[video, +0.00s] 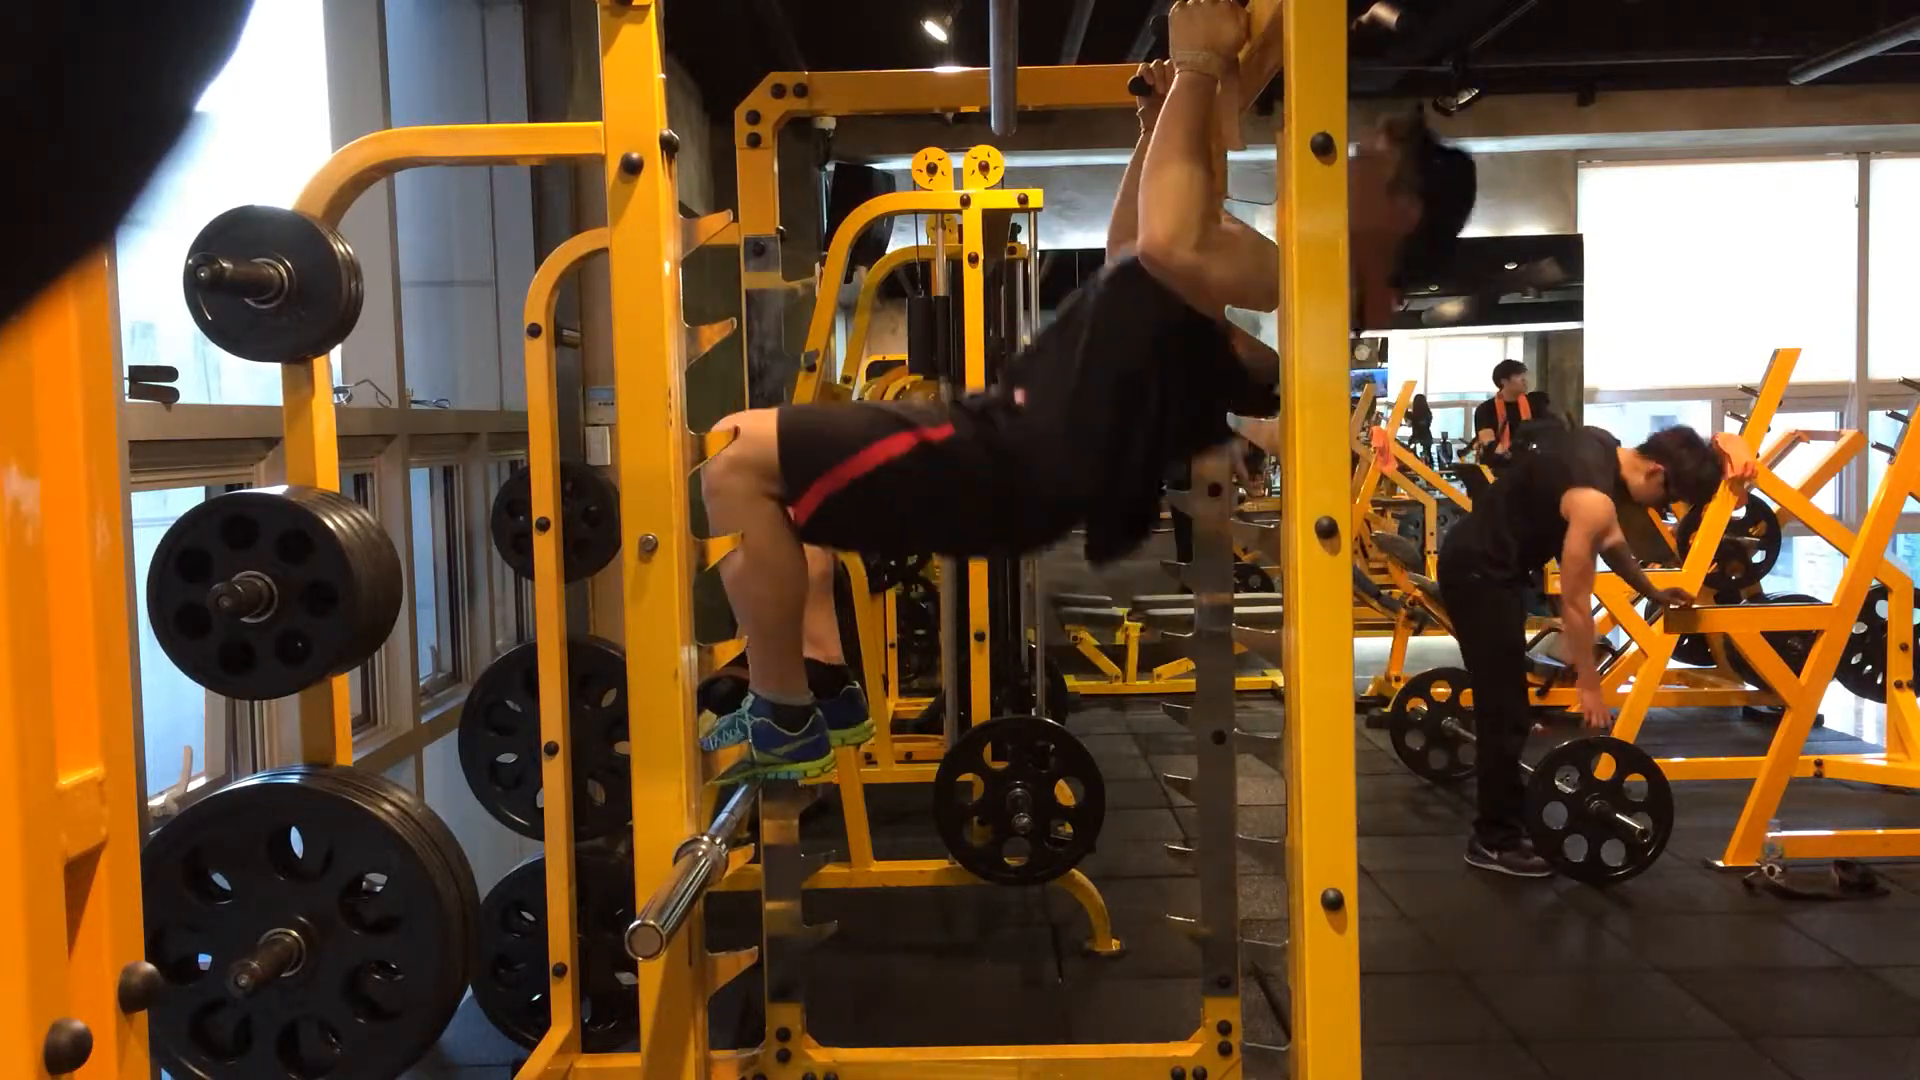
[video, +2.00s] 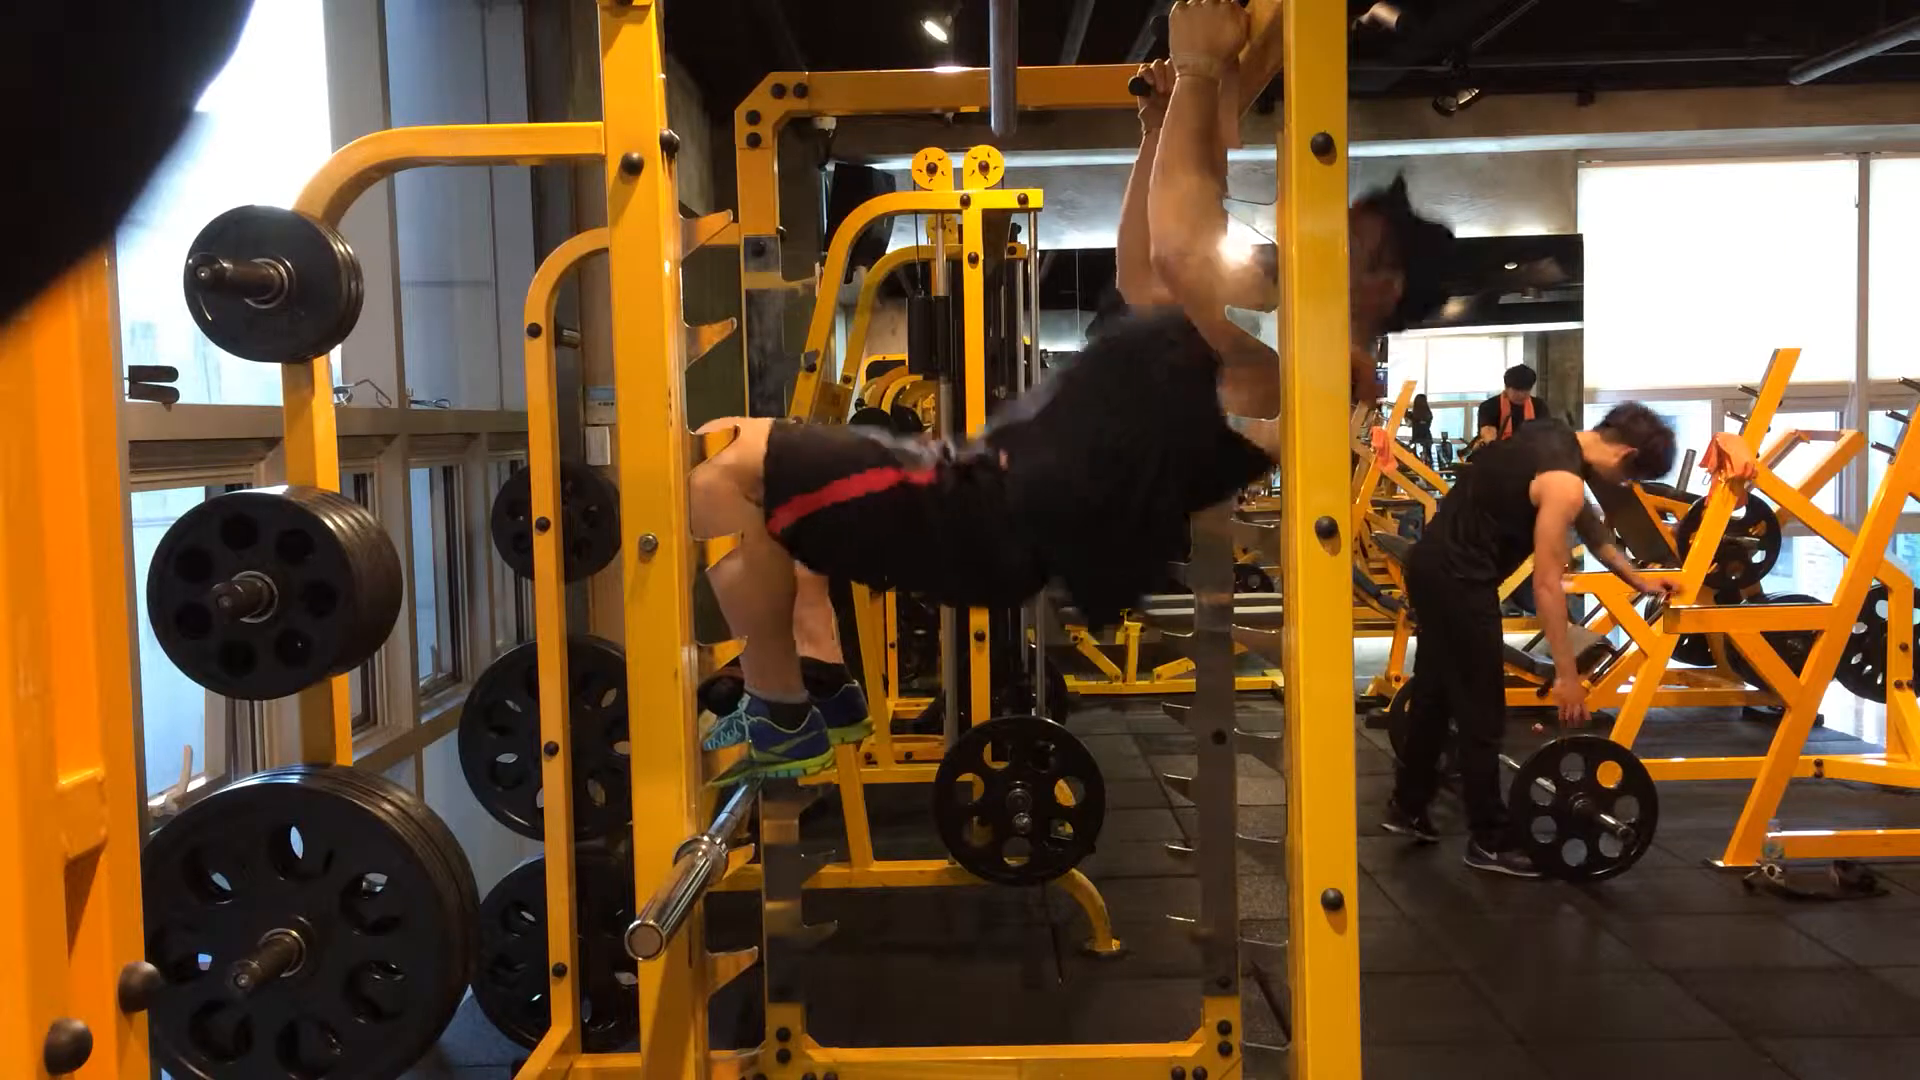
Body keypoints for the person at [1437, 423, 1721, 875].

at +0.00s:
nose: (1656, 503)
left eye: (1666, 498)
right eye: (1665, 496)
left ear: (1653, 461)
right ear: (1656, 471)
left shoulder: (1597, 447)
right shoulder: (1593, 502)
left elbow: (1609, 541)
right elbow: (1575, 604)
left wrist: (1651, 589)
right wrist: (1589, 685)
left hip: (1479, 559)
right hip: (1481, 573)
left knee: (1505, 702)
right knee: (1504, 708)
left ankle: (1502, 821)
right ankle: (1494, 838)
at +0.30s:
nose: (1680, 532)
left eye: (1690, 528)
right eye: (1687, 524)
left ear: (1677, 476)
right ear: (1682, 503)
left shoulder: (1618, 446)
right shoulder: (1624, 530)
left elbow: (1622, 540)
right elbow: (1595, 632)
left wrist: (1653, 591)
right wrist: (1602, 716)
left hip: (1465, 547)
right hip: (1489, 572)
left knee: (1462, 687)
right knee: (1498, 707)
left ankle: (1440, 795)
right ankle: (1493, 839)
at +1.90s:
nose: (1627, 498)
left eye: (1637, 496)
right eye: (1637, 493)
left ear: (1627, 448)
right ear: (1636, 470)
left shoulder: (1561, 437)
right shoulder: (1574, 499)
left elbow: (1606, 523)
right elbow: (1555, 599)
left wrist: (1647, 586)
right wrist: (1570, 691)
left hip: (1439, 561)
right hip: (1462, 579)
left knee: (1435, 694)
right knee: (1482, 709)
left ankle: (1399, 802)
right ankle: (1490, 838)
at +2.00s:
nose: (1618, 482)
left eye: (1627, 477)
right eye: (1626, 475)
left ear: (1613, 437)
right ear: (1623, 453)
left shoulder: (1549, 435)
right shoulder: (1562, 483)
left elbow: (1592, 526)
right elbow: (1547, 584)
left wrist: (1636, 578)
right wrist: (1566, 674)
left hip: (1433, 565)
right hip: (1462, 581)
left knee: (1433, 693)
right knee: (1483, 710)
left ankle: (1406, 807)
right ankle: (1490, 838)